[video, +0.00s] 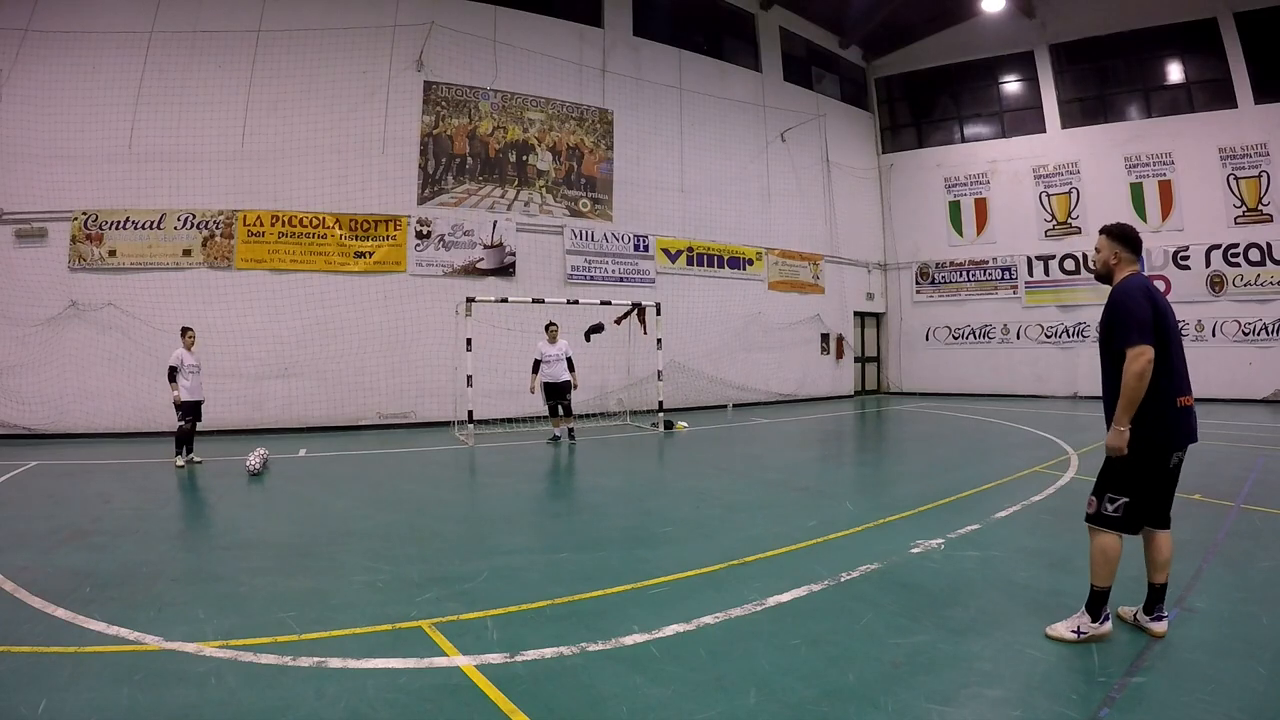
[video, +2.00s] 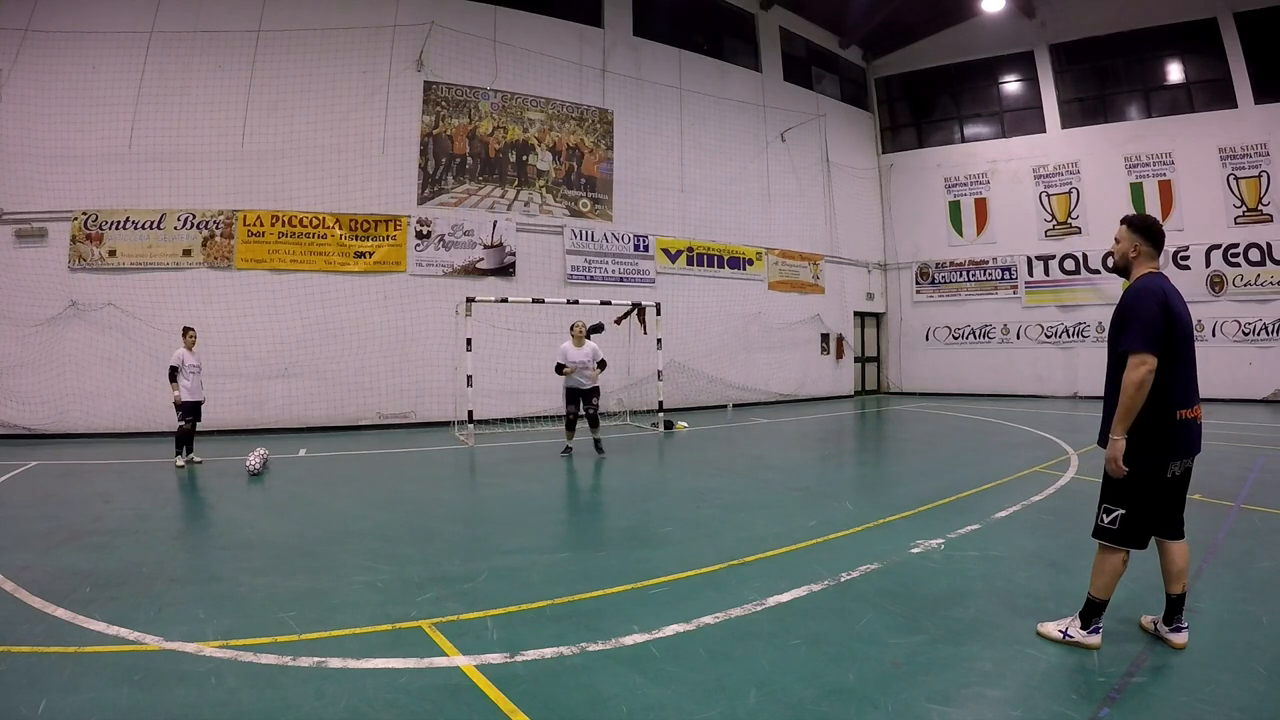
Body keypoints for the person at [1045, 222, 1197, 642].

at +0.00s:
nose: (1093, 258)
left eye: (1098, 251)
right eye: (1095, 251)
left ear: (1117, 254)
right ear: (1130, 255)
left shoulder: (1128, 293)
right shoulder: (1148, 292)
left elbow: (1141, 360)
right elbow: (1157, 363)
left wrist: (1119, 424)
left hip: (1145, 431)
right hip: (1170, 430)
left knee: (1103, 517)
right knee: (1155, 519)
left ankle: (1095, 616)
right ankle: (1154, 613)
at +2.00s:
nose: (1111, 248)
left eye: (1116, 240)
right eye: (1114, 240)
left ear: (1135, 247)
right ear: (1147, 249)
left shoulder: (1141, 295)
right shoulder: (1165, 292)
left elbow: (1142, 368)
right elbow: (1168, 369)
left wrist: (1117, 433)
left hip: (1144, 440)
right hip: (1176, 437)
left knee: (1114, 535)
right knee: (1169, 530)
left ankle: (1087, 624)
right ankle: (1174, 622)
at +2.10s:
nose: (1111, 248)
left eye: (1116, 240)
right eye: (1114, 240)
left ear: (1135, 247)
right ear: (1147, 249)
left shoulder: (1142, 295)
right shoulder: (1166, 293)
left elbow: (1143, 368)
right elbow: (1168, 369)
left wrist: (1119, 433)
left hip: (1143, 441)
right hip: (1175, 438)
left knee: (1114, 535)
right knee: (1170, 530)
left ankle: (1087, 624)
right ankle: (1174, 622)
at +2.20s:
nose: (1111, 247)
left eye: (1117, 240)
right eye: (1115, 239)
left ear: (1135, 247)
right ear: (1148, 249)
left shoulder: (1142, 296)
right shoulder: (1167, 293)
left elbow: (1144, 368)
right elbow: (1166, 369)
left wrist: (1121, 434)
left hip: (1143, 442)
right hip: (1176, 439)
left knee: (1114, 536)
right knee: (1170, 530)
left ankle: (1087, 624)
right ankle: (1174, 622)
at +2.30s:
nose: (1112, 247)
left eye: (1118, 240)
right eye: (1116, 239)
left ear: (1136, 247)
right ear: (1149, 249)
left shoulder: (1143, 295)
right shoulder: (1167, 292)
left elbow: (1145, 368)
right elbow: (1167, 368)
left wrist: (1121, 434)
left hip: (1144, 442)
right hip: (1176, 439)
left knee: (1115, 536)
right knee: (1170, 530)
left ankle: (1087, 624)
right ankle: (1174, 622)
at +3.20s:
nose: (1113, 246)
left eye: (1119, 238)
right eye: (1116, 238)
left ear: (1139, 246)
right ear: (1149, 249)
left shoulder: (1143, 295)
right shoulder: (1166, 292)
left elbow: (1146, 370)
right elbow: (1168, 369)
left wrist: (1124, 437)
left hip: (1143, 441)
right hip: (1175, 440)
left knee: (1114, 536)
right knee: (1169, 530)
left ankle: (1087, 624)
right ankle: (1174, 622)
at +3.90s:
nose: (1086, 270)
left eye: (1089, 261)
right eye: (1085, 262)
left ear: (1110, 257)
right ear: (1123, 256)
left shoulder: (1122, 299)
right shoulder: (1152, 295)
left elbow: (1126, 372)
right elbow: (1159, 370)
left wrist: (1107, 438)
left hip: (1133, 440)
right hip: (1170, 438)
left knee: (1097, 531)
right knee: (1166, 528)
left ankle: (1086, 624)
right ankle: (1174, 623)